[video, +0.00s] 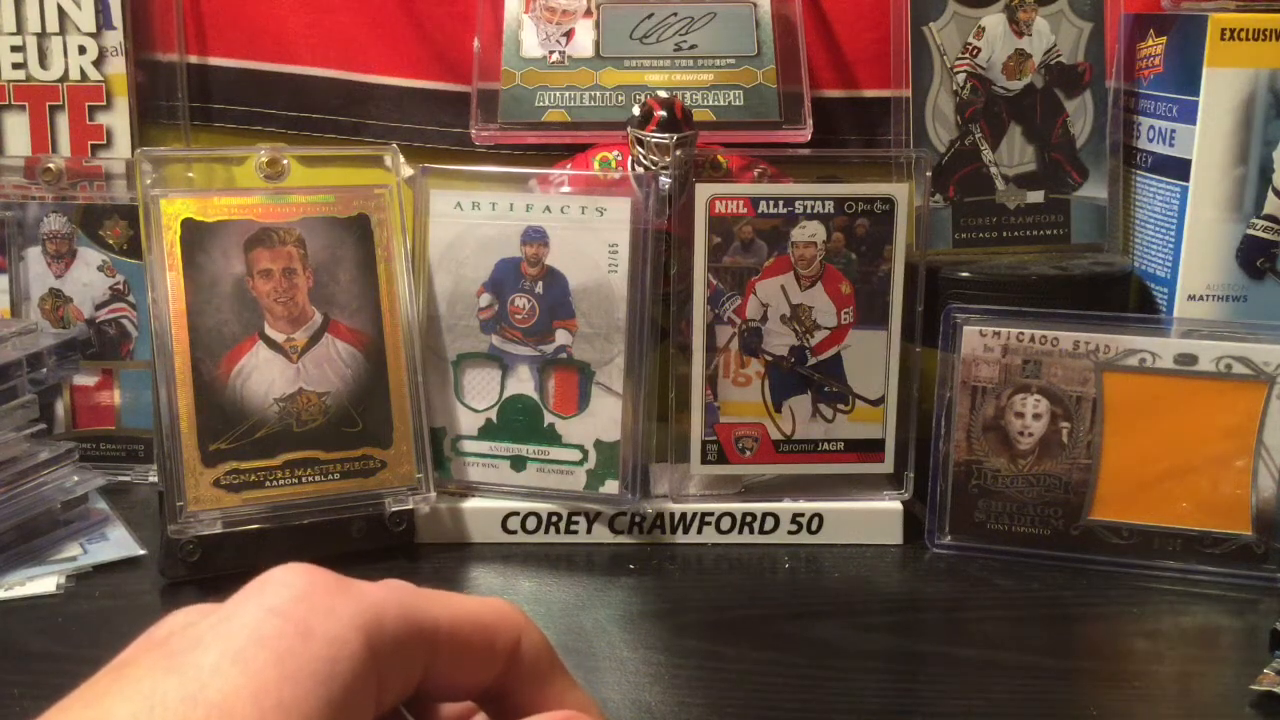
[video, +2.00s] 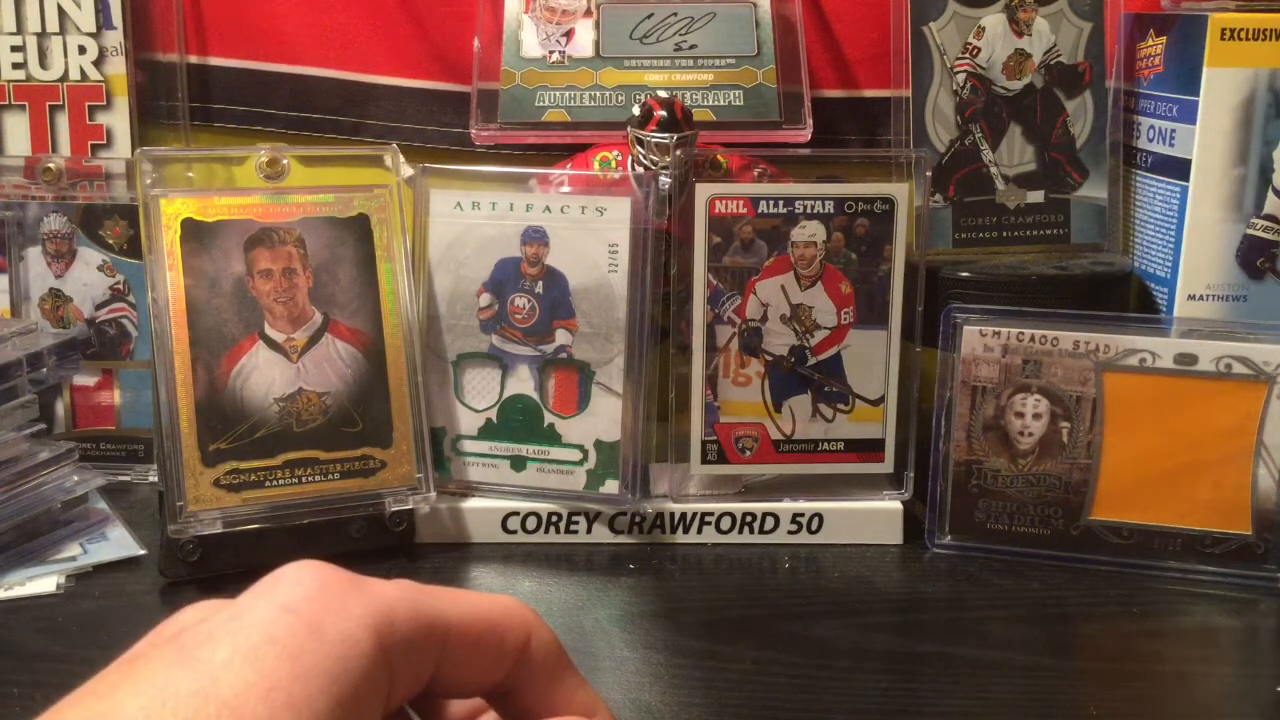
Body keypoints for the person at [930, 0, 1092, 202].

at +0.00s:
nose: (1030, 17)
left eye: (1034, 11)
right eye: (1024, 11)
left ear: (1037, 11)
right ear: (1011, 9)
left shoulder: (1041, 27)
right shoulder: (990, 26)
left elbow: (1051, 61)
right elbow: (965, 63)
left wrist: (1068, 75)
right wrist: (969, 99)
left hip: (1025, 92)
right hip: (992, 94)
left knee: (1056, 123)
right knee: (979, 140)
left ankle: (1064, 176)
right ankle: (942, 184)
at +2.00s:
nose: (1030, 17)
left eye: (1034, 11)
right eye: (1025, 11)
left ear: (1037, 11)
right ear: (1011, 9)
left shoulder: (1041, 27)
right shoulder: (990, 26)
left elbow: (1050, 61)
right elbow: (965, 63)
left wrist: (1068, 74)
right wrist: (969, 98)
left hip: (1026, 91)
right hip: (993, 93)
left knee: (1056, 124)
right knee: (979, 138)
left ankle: (1063, 178)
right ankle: (942, 186)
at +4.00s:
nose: (1029, 16)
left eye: (1033, 10)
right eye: (1024, 10)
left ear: (1037, 11)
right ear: (1010, 9)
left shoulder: (1041, 27)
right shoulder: (990, 26)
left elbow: (1050, 63)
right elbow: (965, 62)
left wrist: (1069, 75)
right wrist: (969, 97)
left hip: (1025, 92)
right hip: (992, 93)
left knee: (1055, 118)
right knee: (981, 136)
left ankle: (1063, 173)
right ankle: (942, 183)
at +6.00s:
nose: (1029, 15)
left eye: (1033, 10)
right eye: (1023, 9)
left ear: (1037, 9)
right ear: (1011, 8)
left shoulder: (1041, 27)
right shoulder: (990, 25)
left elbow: (1051, 60)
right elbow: (965, 62)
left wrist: (1068, 74)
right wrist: (970, 97)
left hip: (1026, 92)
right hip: (993, 94)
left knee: (1056, 121)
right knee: (979, 138)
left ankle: (1062, 175)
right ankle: (942, 184)